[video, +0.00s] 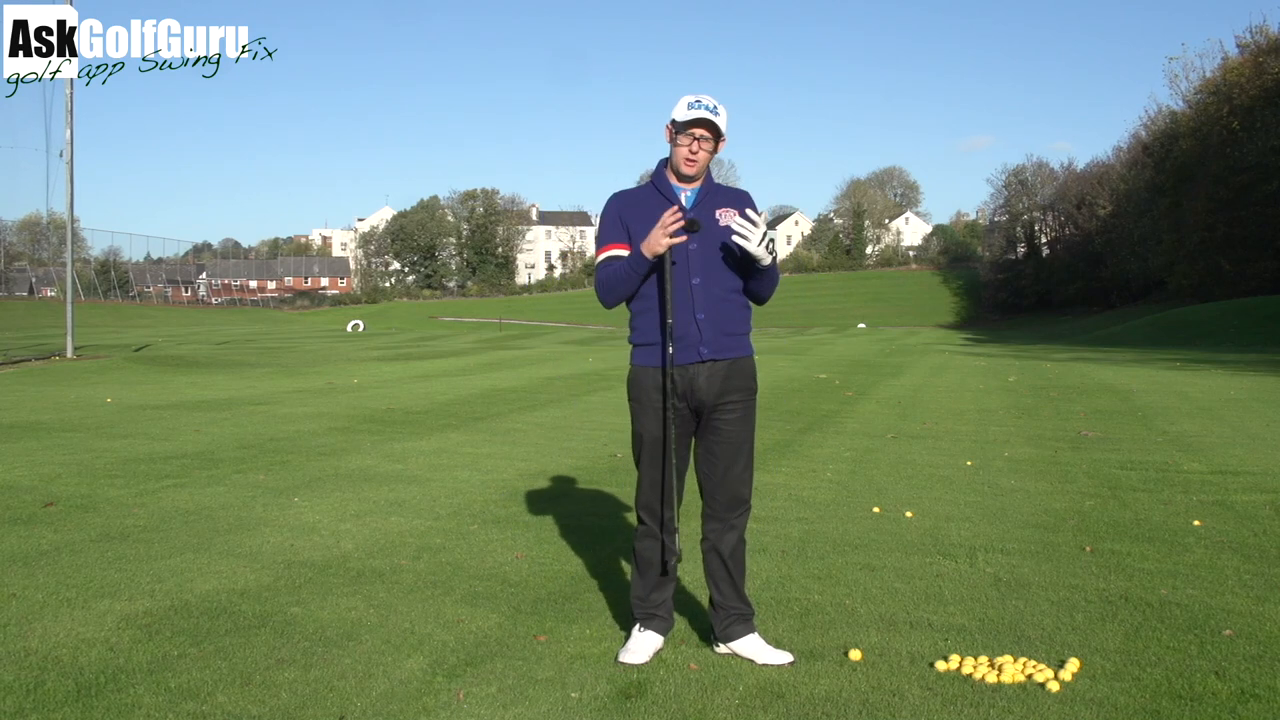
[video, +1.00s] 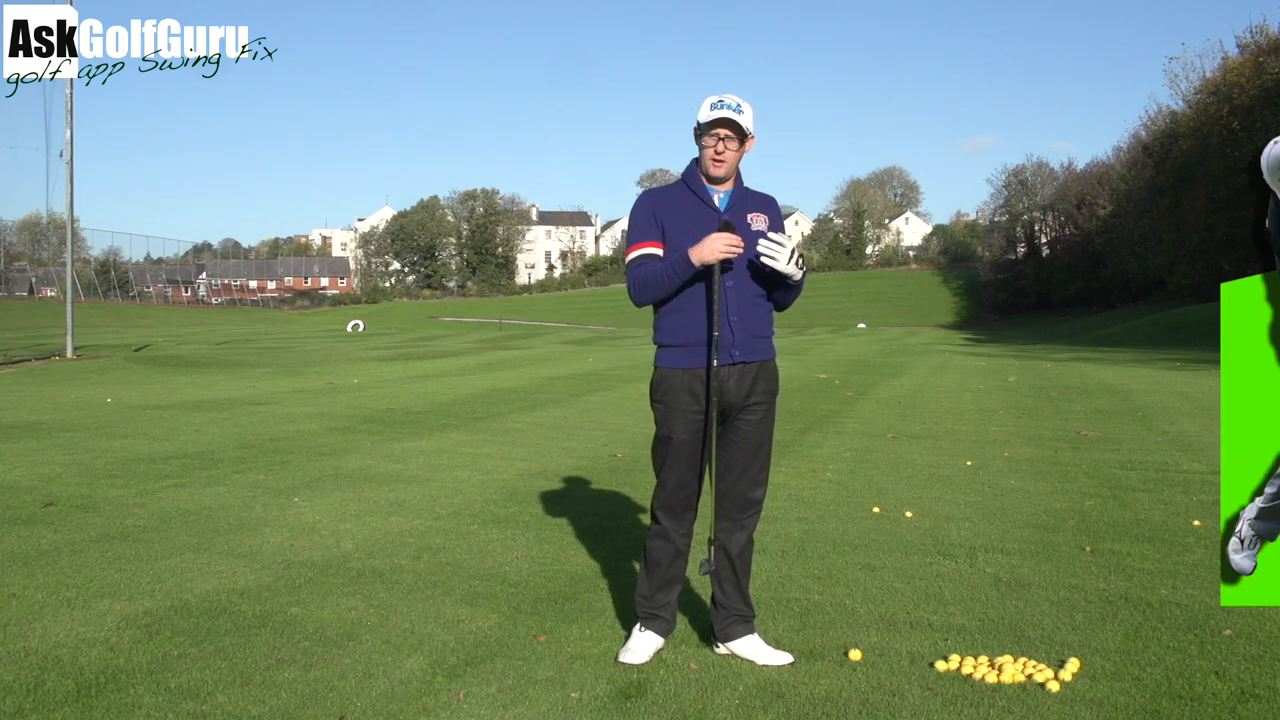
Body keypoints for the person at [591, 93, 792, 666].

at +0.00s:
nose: (695, 144)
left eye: (706, 137)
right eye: (687, 134)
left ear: (717, 146)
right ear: (670, 138)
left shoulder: (737, 204)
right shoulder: (625, 207)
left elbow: (761, 292)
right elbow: (609, 292)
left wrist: (763, 258)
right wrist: (646, 250)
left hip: (730, 371)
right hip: (656, 373)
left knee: (729, 506)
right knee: (656, 506)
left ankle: (733, 627)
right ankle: (650, 621)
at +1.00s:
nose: (719, 145)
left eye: (730, 137)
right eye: (711, 135)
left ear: (746, 145)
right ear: (697, 142)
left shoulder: (764, 209)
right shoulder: (655, 205)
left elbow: (780, 299)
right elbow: (642, 288)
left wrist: (790, 271)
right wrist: (694, 255)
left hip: (752, 373)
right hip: (682, 375)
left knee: (740, 507)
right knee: (674, 504)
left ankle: (734, 627)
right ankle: (653, 621)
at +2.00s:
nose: (701, 141)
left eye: (712, 133)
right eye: (692, 132)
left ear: (727, 141)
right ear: (679, 139)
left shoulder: (750, 204)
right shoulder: (639, 204)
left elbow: (773, 283)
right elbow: (635, 287)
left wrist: (756, 285)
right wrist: (702, 262)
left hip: (737, 373)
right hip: (665, 376)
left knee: (732, 507)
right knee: (660, 509)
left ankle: (733, 627)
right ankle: (651, 621)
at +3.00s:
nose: (702, 146)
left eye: (713, 138)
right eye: (693, 137)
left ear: (733, 144)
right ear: (681, 141)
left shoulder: (760, 203)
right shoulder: (648, 197)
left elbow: (781, 281)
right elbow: (648, 257)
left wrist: (762, 297)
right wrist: (686, 191)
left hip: (735, 374)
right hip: (662, 374)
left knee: (731, 511)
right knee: (658, 508)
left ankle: (733, 623)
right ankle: (652, 620)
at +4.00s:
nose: (702, 141)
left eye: (712, 132)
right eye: (693, 133)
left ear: (728, 140)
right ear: (678, 140)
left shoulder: (754, 204)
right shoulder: (640, 206)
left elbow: (775, 282)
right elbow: (613, 290)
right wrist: (643, 297)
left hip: (735, 375)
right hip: (662, 377)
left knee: (729, 509)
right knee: (660, 506)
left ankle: (730, 624)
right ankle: (651, 620)